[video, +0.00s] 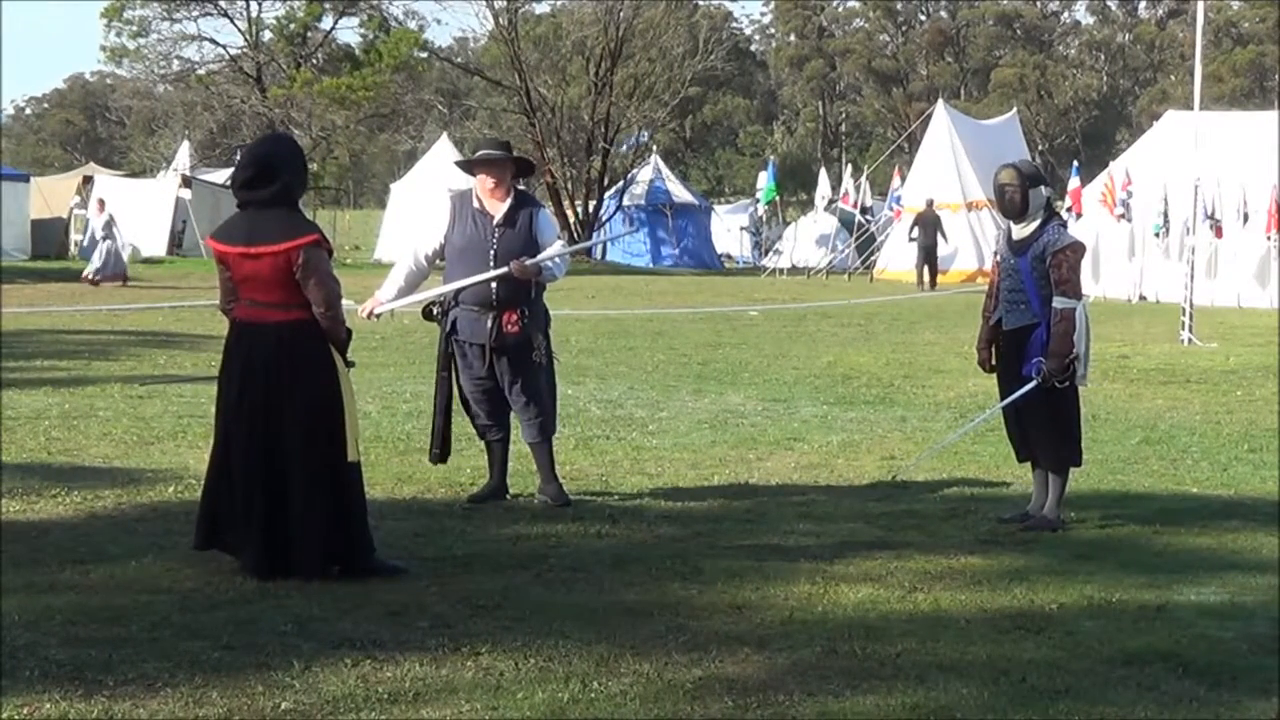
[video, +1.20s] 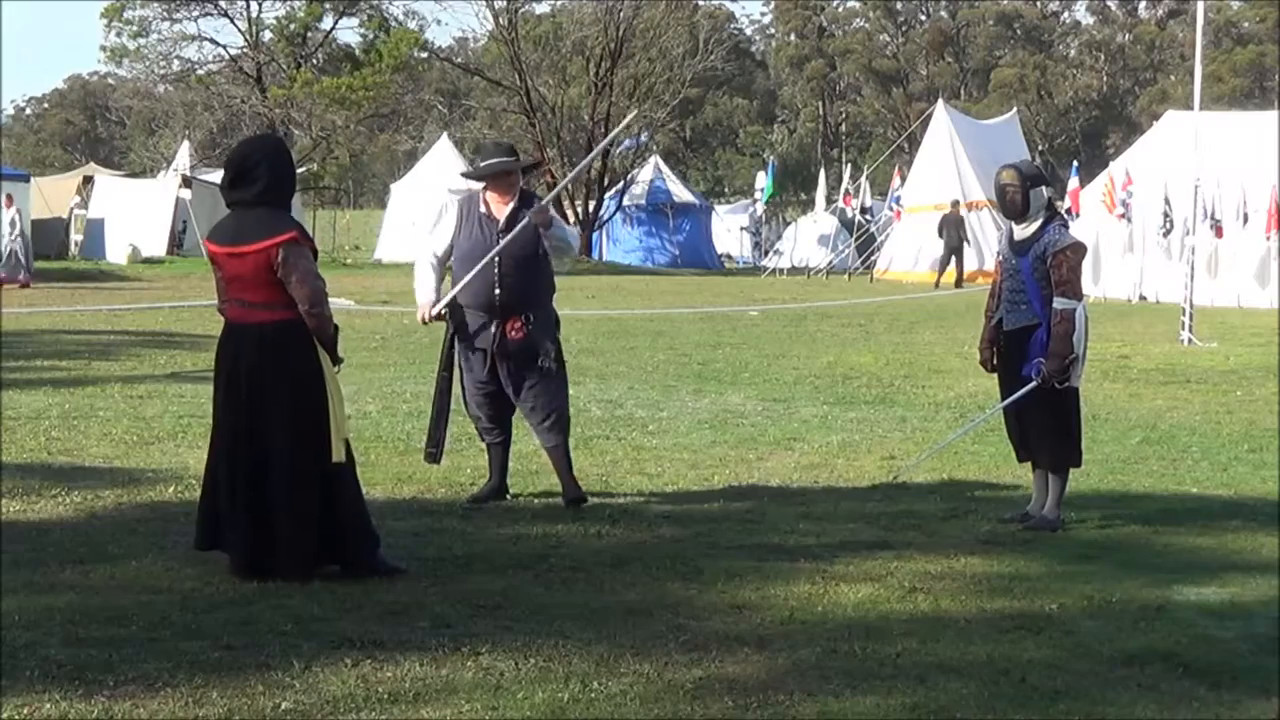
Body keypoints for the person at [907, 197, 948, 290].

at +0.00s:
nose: (931, 206)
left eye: (929, 204)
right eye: (931, 204)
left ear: (925, 204)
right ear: (933, 204)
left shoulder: (920, 215)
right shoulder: (936, 216)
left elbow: (912, 226)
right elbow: (940, 228)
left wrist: (909, 236)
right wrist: (945, 238)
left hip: (922, 243)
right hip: (932, 244)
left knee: (920, 263)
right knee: (933, 264)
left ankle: (920, 284)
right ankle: (933, 283)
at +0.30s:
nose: (934, 204)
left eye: (933, 202)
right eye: (935, 202)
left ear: (929, 202)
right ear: (937, 202)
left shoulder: (924, 213)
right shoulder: (940, 212)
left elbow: (919, 225)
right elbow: (945, 224)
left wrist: (917, 234)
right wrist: (948, 233)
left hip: (927, 241)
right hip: (936, 241)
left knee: (926, 258)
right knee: (936, 261)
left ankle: (926, 278)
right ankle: (934, 283)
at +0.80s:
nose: (946, 205)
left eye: (944, 203)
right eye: (945, 203)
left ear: (937, 203)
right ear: (944, 203)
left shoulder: (931, 213)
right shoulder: (947, 215)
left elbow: (926, 224)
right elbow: (950, 228)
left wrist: (923, 233)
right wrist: (955, 237)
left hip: (934, 242)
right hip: (944, 242)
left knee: (934, 261)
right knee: (947, 259)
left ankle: (933, 280)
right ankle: (941, 278)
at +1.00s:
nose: (951, 206)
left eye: (950, 204)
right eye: (951, 204)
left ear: (943, 204)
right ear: (950, 204)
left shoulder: (938, 213)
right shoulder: (952, 215)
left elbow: (931, 225)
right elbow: (953, 228)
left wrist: (931, 234)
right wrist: (956, 238)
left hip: (940, 241)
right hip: (950, 241)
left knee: (937, 261)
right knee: (952, 262)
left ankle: (934, 281)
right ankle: (955, 280)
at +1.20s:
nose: (959, 208)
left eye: (958, 206)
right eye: (958, 206)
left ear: (951, 206)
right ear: (957, 206)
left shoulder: (945, 216)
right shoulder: (960, 217)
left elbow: (940, 230)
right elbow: (962, 231)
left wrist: (944, 237)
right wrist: (966, 239)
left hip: (948, 243)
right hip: (958, 243)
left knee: (944, 262)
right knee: (959, 263)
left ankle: (938, 279)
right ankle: (958, 282)